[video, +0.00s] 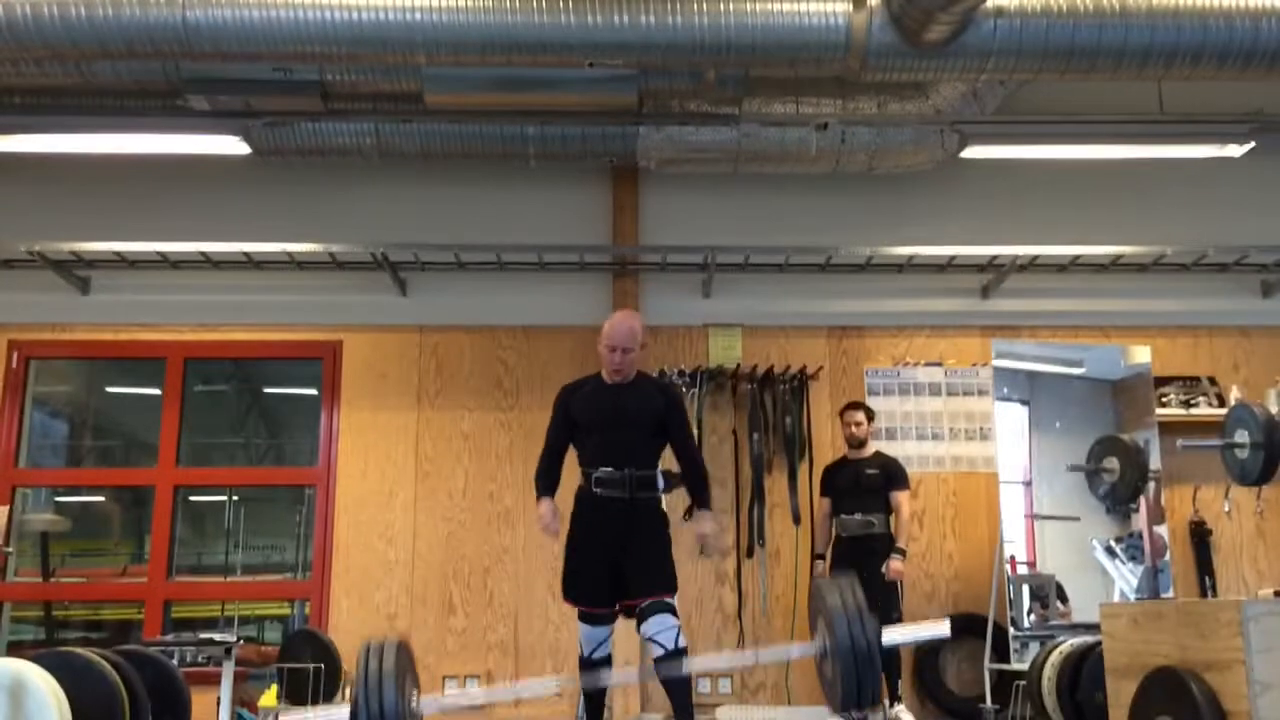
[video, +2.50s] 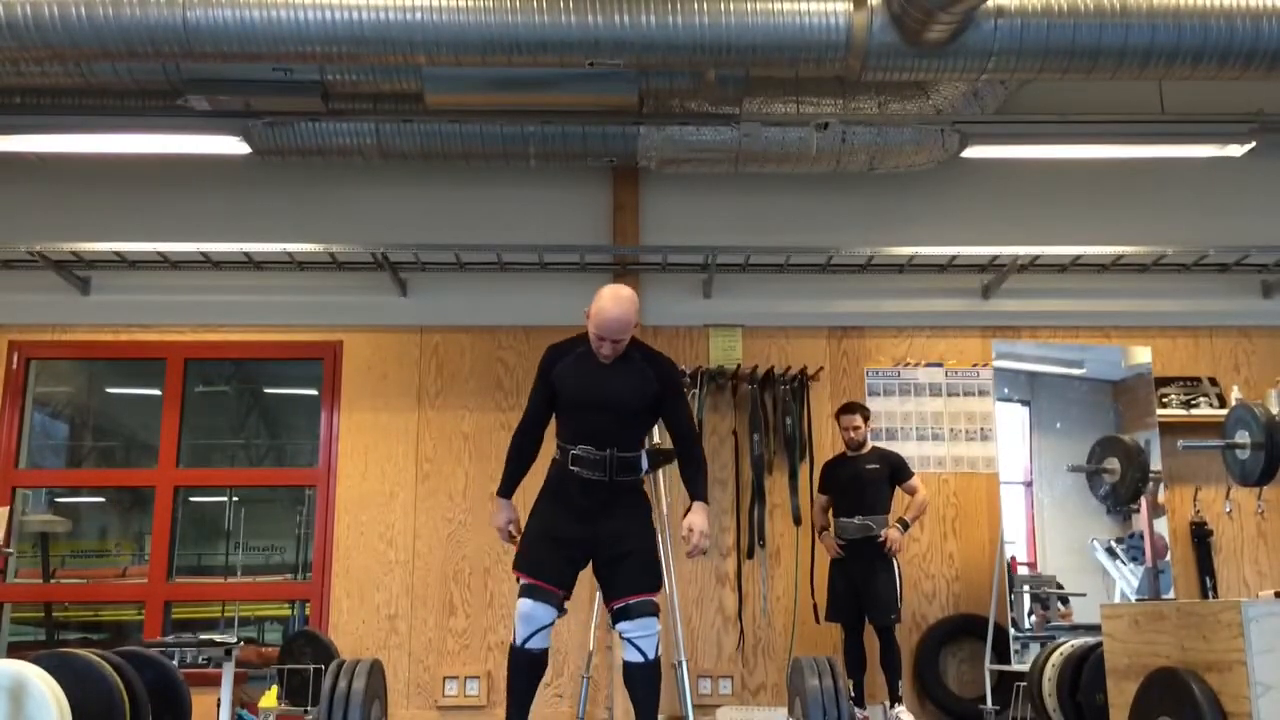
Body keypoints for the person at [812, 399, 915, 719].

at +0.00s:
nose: (853, 429)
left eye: (858, 424)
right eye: (848, 424)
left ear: (870, 426)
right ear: (841, 428)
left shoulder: (888, 465)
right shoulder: (832, 471)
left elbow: (904, 511)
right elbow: (824, 517)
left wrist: (899, 553)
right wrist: (819, 558)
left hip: (879, 560)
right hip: (844, 562)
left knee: (887, 630)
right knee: (847, 631)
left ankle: (895, 700)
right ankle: (856, 702)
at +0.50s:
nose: (853, 433)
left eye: (858, 427)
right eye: (847, 427)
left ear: (869, 429)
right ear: (840, 430)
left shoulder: (888, 468)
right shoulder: (830, 473)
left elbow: (901, 512)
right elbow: (821, 517)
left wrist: (897, 553)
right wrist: (818, 557)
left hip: (878, 555)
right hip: (843, 556)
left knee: (884, 630)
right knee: (850, 632)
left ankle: (894, 698)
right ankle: (856, 698)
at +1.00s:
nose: (853, 432)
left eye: (859, 426)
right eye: (848, 426)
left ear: (870, 429)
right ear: (841, 429)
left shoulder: (888, 466)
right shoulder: (830, 471)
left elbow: (904, 510)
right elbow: (821, 516)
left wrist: (899, 552)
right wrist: (819, 555)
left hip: (879, 556)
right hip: (845, 557)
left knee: (885, 630)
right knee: (851, 633)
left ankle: (896, 703)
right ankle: (857, 705)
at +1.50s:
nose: (854, 431)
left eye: (859, 426)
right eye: (849, 426)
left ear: (870, 427)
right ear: (841, 427)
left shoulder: (889, 459)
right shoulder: (831, 464)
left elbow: (920, 494)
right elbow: (813, 500)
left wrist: (895, 512)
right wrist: (818, 518)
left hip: (879, 552)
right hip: (845, 554)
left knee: (885, 630)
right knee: (852, 631)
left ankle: (896, 704)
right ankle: (858, 706)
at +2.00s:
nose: (853, 432)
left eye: (858, 426)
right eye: (847, 427)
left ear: (869, 426)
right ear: (840, 428)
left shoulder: (889, 458)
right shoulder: (831, 464)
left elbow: (922, 491)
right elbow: (812, 502)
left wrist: (896, 512)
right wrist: (819, 519)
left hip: (879, 553)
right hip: (845, 555)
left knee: (885, 630)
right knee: (852, 632)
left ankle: (896, 704)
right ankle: (858, 706)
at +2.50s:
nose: (851, 434)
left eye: (856, 428)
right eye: (845, 429)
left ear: (868, 427)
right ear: (839, 430)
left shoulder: (889, 460)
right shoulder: (831, 468)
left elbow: (921, 496)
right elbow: (820, 508)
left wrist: (901, 526)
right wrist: (823, 534)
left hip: (879, 555)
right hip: (844, 557)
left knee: (885, 631)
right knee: (851, 632)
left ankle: (896, 704)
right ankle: (858, 706)